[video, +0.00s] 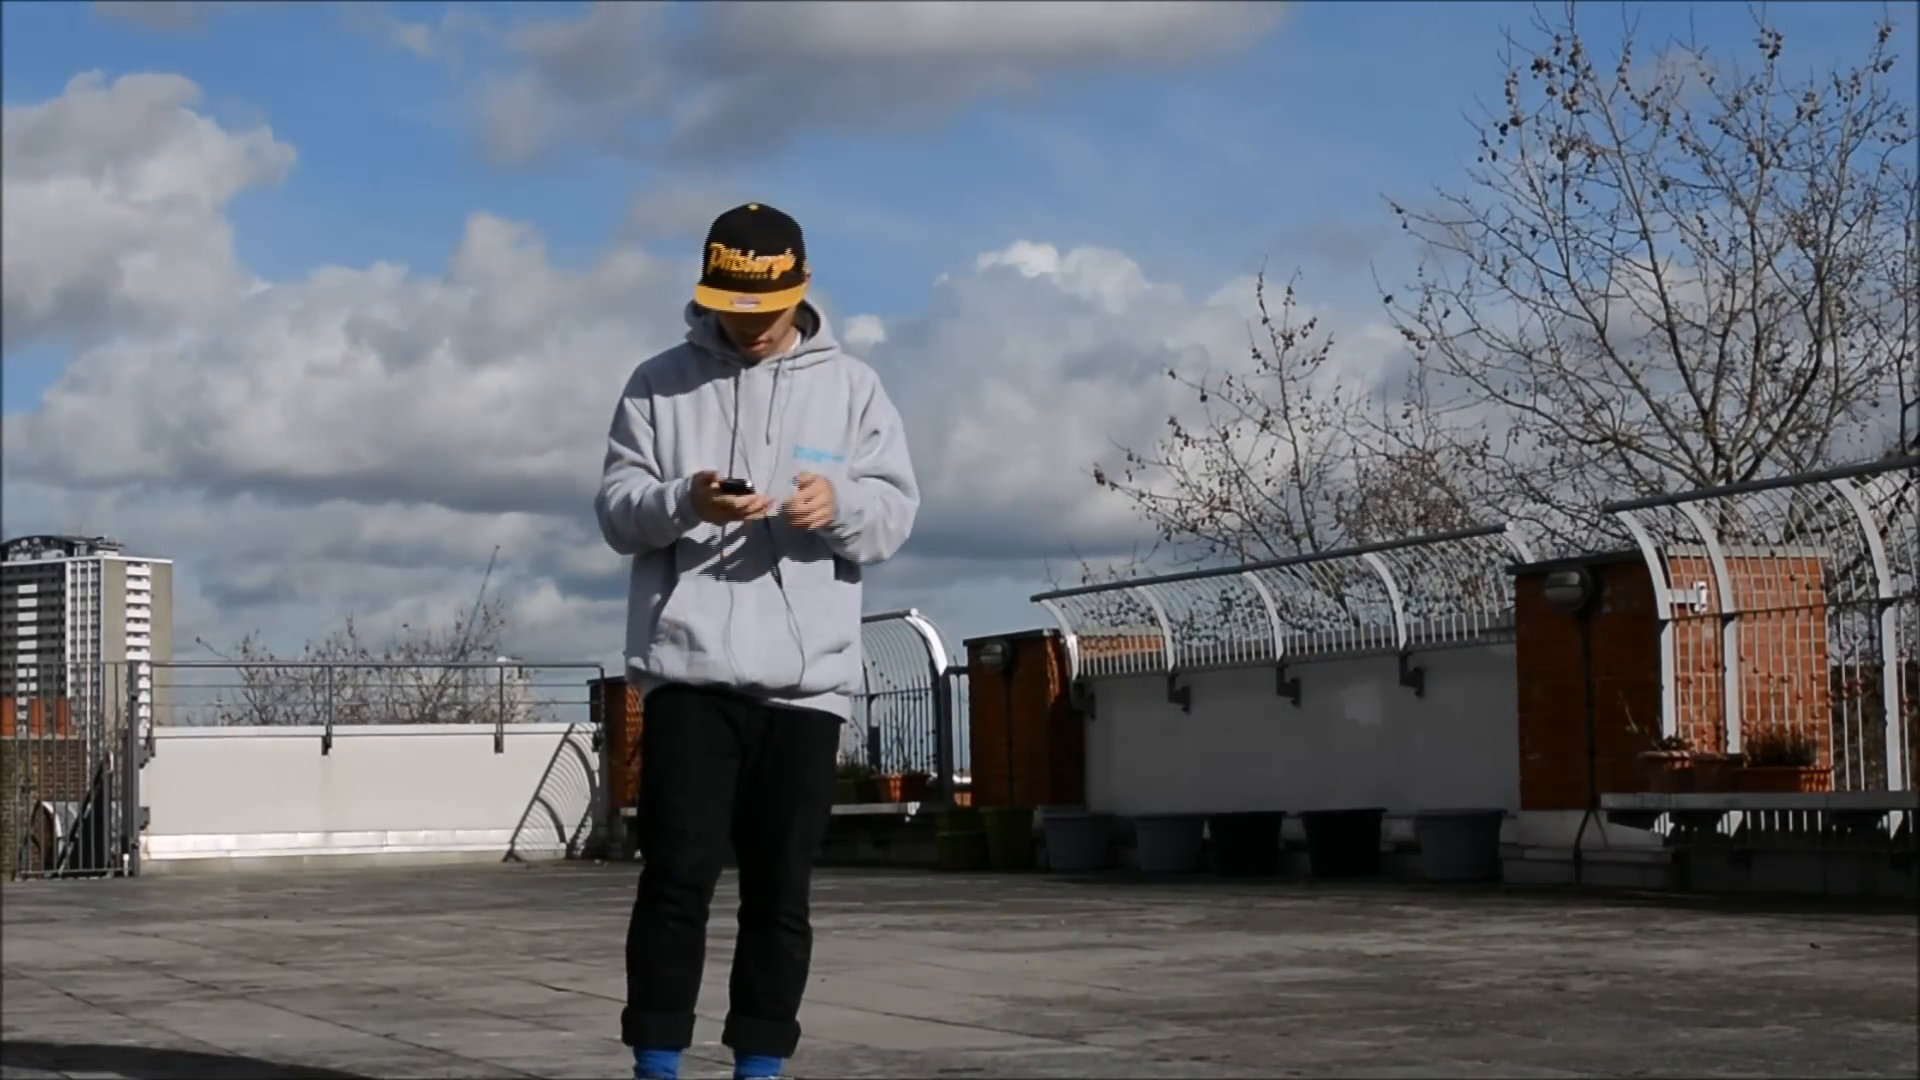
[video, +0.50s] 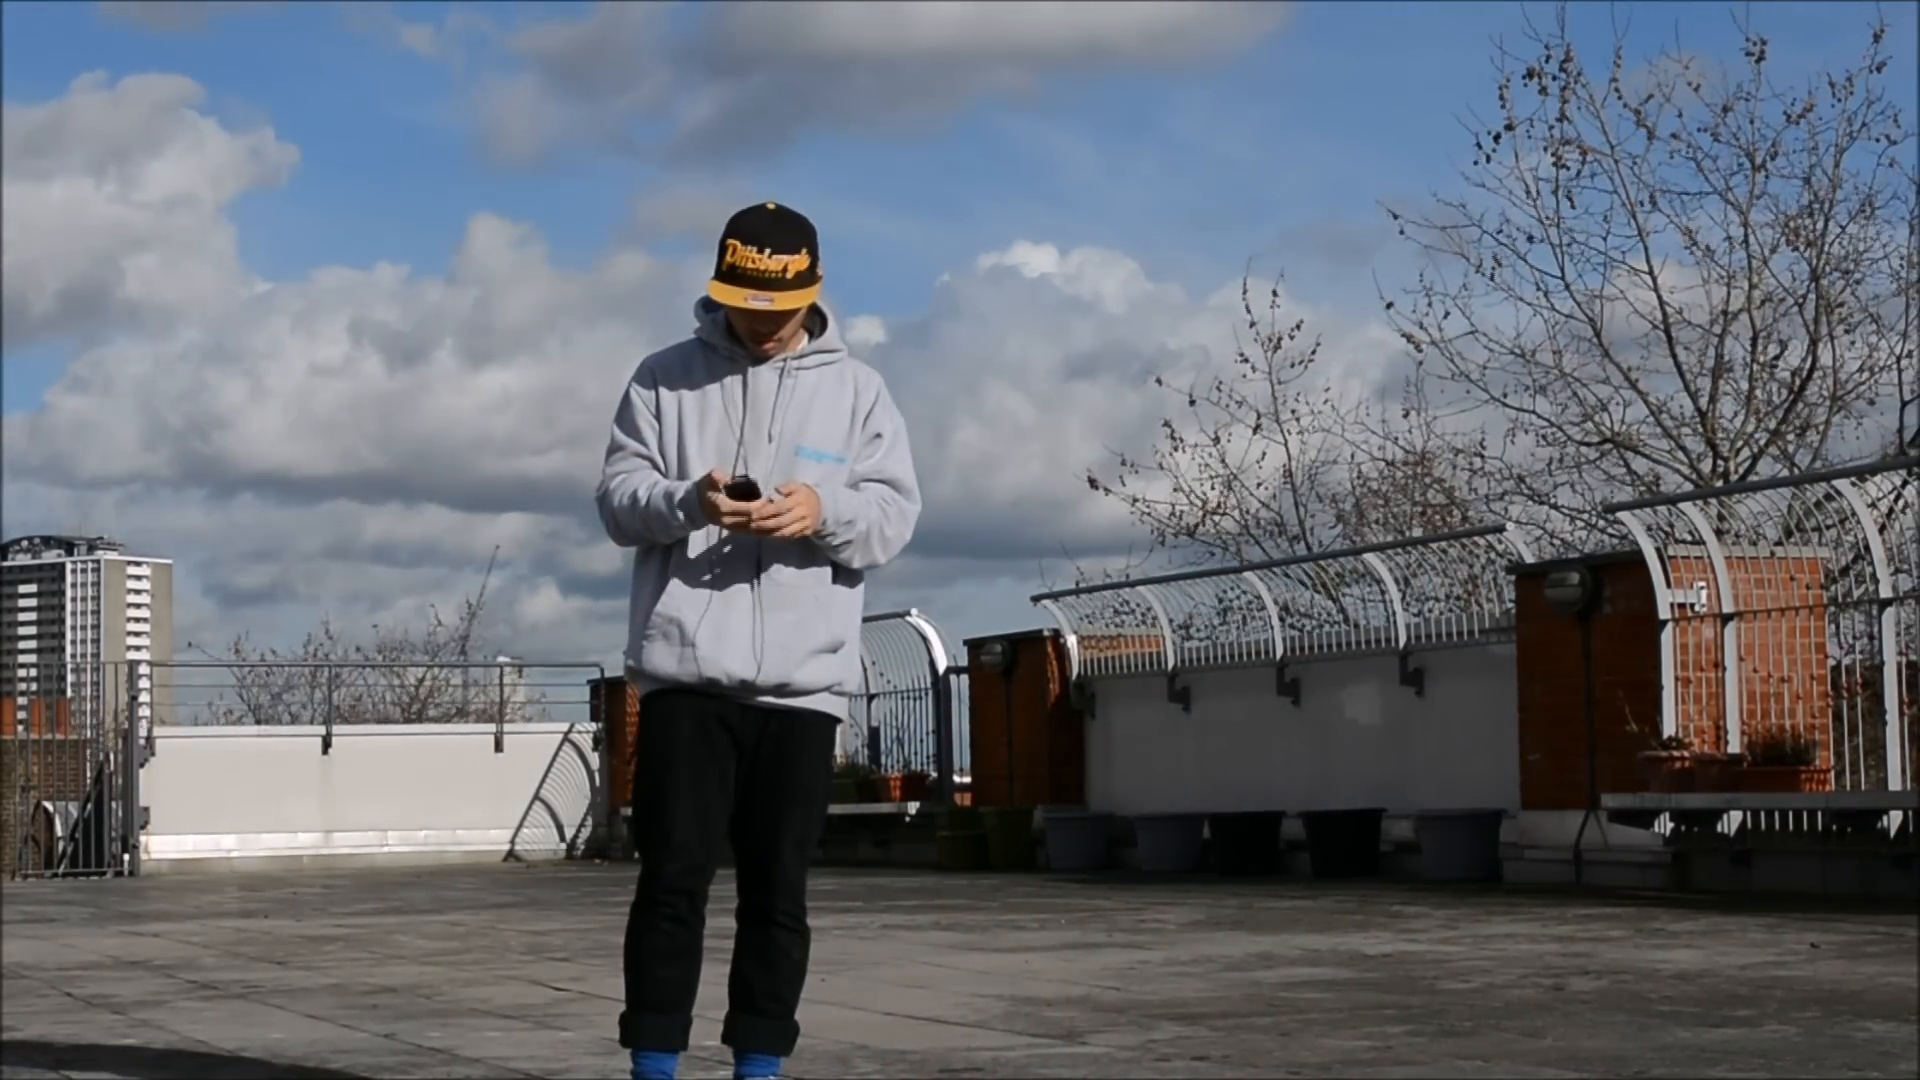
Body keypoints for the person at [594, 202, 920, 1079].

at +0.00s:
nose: (750, 325)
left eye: (767, 309)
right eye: (733, 310)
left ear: (800, 290)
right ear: (708, 294)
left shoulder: (852, 384)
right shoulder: (659, 383)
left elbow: (891, 508)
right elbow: (619, 510)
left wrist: (842, 504)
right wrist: (686, 502)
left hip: (806, 677)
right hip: (688, 673)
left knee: (782, 883)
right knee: (677, 874)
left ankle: (762, 1063)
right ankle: (658, 1061)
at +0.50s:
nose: (760, 320)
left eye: (779, 306)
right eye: (744, 303)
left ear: (812, 290)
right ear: (719, 287)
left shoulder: (858, 387)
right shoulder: (663, 379)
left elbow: (892, 512)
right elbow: (619, 498)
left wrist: (825, 510)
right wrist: (689, 502)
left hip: (802, 679)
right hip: (684, 674)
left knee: (779, 884)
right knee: (672, 876)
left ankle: (760, 1062)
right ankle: (653, 1061)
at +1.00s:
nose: (762, 319)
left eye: (781, 304)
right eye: (746, 302)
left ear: (816, 289)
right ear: (724, 287)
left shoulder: (862, 390)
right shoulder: (669, 378)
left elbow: (892, 516)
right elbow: (623, 495)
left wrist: (808, 532)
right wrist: (689, 523)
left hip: (804, 680)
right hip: (686, 674)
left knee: (780, 886)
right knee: (673, 877)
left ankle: (761, 1062)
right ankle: (654, 1061)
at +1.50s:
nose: (765, 317)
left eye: (786, 302)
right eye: (751, 298)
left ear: (823, 289)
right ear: (730, 282)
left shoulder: (866, 396)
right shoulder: (666, 375)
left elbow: (878, 523)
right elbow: (588, 465)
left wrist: (769, 543)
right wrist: (645, 534)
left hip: (805, 682)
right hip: (686, 673)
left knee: (778, 884)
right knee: (675, 875)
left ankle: (761, 1063)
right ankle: (654, 1061)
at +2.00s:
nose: (752, 288)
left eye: (771, 271)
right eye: (737, 270)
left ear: (809, 270)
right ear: (717, 270)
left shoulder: (864, 380)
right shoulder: (665, 384)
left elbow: (908, 490)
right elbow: (630, 533)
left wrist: (875, 541)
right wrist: (614, 660)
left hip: (802, 679)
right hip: (680, 673)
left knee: (779, 888)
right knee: (670, 879)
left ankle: (761, 1064)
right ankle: (652, 1063)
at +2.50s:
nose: (754, 277)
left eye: (774, 259)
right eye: (739, 259)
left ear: (812, 262)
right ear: (720, 261)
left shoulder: (864, 377)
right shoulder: (663, 363)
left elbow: (901, 492)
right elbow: (614, 480)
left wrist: (867, 540)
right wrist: (623, 581)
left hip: (804, 666)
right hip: (684, 655)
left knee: (780, 881)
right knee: (672, 872)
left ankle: (761, 1063)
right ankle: (653, 1062)